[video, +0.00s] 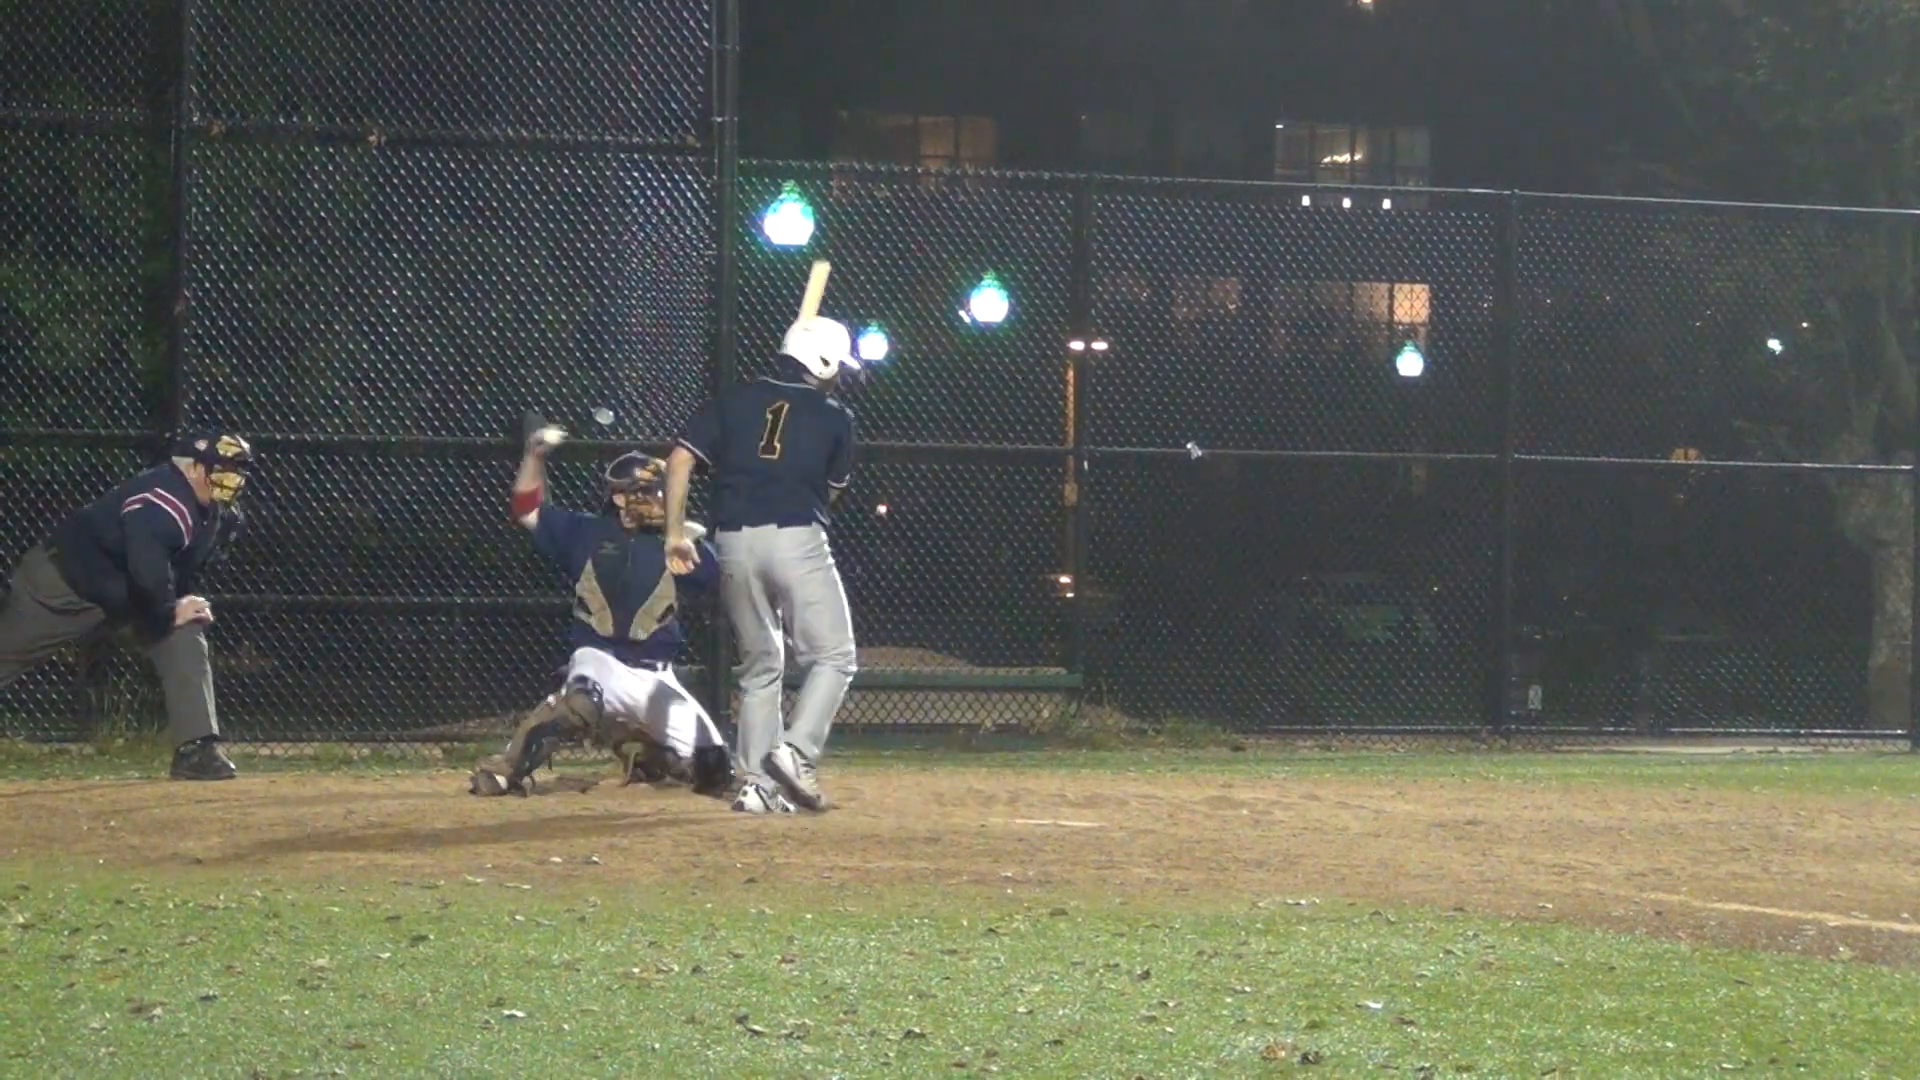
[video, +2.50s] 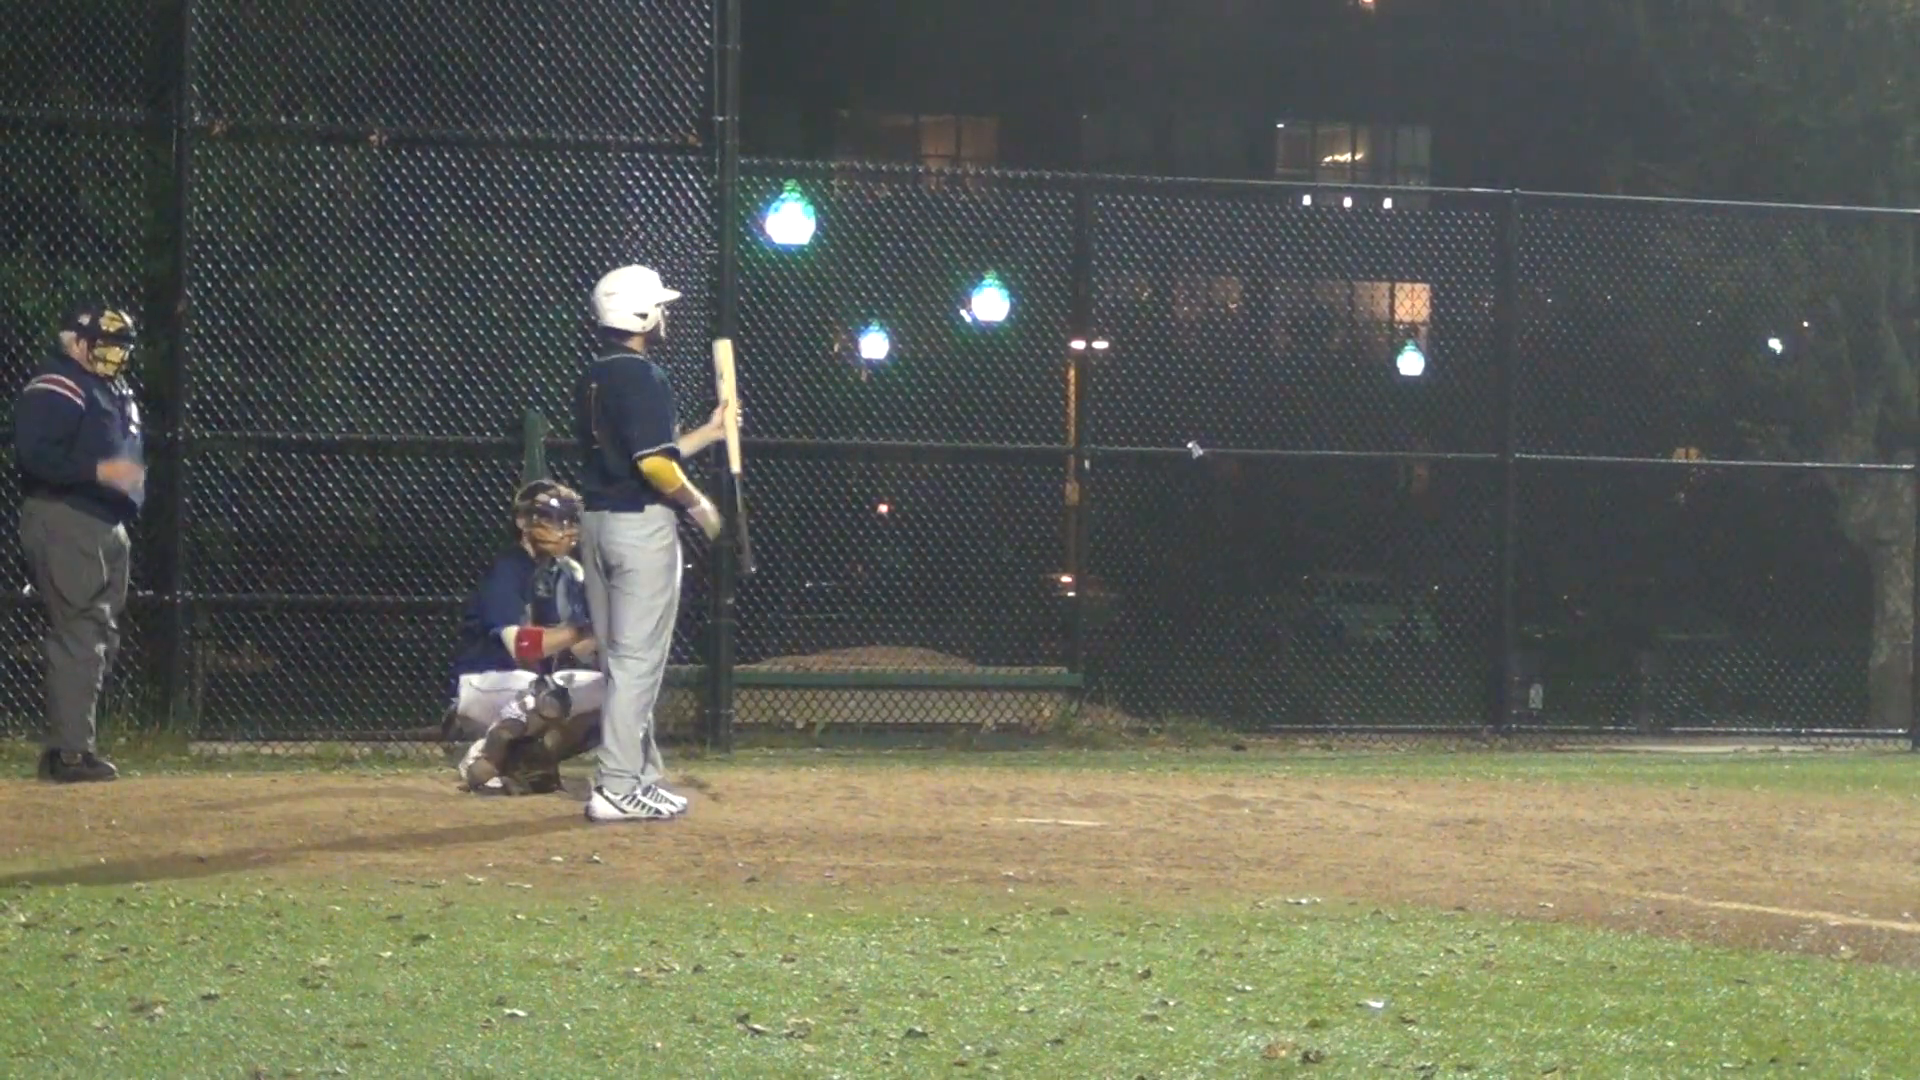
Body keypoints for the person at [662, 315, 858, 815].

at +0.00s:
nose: (839, 376)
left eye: (840, 367)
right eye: (837, 367)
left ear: (786, 354)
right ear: (826, 366)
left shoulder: (736, 398)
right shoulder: (836, 416)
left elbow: (681, 455)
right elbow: (833, 491)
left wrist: (674, 530)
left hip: (734, 543)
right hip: (796, 540)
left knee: (759, 667)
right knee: (833, 657)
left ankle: (754, 784)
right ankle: (797, 752)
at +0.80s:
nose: (799, 334)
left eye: (797, 325)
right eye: (792, 326)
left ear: (743, 326)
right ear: (769, 330)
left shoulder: (701, 380)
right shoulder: (771, 387)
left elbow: (691, 453)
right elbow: (778, 462)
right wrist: (798, 527)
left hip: (706, 529)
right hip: (756, 528)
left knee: (725, 652)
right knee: (771, 657)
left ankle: (680, 749)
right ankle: (763, 784)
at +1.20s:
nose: (737, 332)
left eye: (734, 323)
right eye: (727, 324)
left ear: (688, 333)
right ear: (701, 331)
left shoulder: (655, 382)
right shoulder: (699, 384)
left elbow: (637, 465)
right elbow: (700, 452)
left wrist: (643, 517)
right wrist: (721, 504)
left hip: (648, 530)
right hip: (695, 528)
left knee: (657, 658)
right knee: (731, 656)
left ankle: (638, 785)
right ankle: (762, 781)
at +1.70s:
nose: (681, 320)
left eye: (679, 311)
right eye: (672, 312)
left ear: (632, 321)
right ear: (645, 318)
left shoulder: (596, 379)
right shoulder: (659, 372)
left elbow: (580, 461)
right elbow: (673, 455)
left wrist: (600, 516)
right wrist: (697, 531)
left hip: (610, 528)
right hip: (655, 524)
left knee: (635, 651)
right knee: (727, 630)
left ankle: (633, 782)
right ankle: (687, 742)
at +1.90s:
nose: (671, 319)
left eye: (667, 310)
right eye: (662, 311)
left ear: (623, 320)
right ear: (637, 318)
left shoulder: (591, 383)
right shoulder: (657, 372)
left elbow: (585, 465)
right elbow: (677, 453)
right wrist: (716, 520)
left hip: (605, 527)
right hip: (657, 525)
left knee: (630, 651)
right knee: (685, 647)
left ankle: (628, 780)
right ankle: (646, 766)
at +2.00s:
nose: (666, 319)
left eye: (663, 310)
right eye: (659, 311)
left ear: (616, 321)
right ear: (637, 318)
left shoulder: (587, 382)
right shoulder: (654, 373)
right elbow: (676, 453)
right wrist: (722, 510)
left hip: (603, 523)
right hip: (654, 521)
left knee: (625, 654)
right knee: (665, 653)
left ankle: (628, 773)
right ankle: (630, 779)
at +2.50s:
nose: (666, 315)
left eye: (663, 307)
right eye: (659, 308)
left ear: (615, 319)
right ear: (640, 316)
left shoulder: (597, 374)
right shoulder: (640, 376)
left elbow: (638, 454)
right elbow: (652, 462)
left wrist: (709, 431)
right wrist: (694, 501)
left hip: (601, 524)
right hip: (641, 527)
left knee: (624, 654)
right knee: (638, 657)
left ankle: (635, 773)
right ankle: (617, 786)